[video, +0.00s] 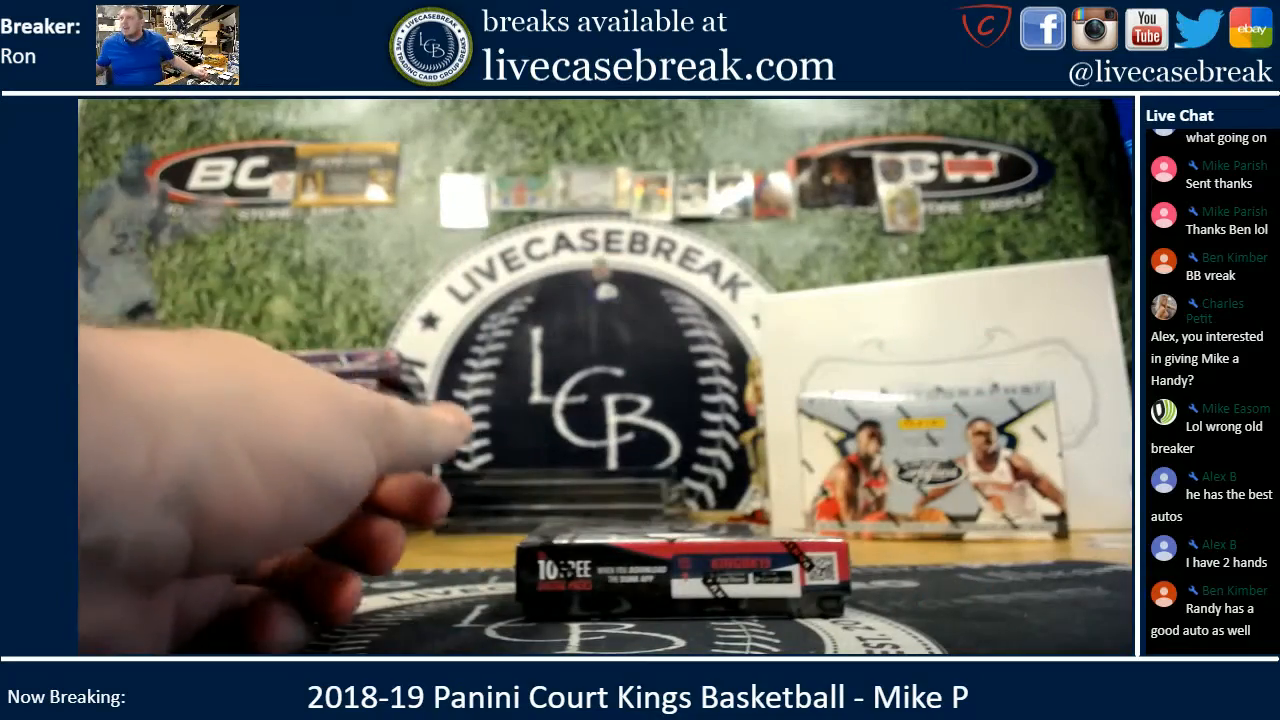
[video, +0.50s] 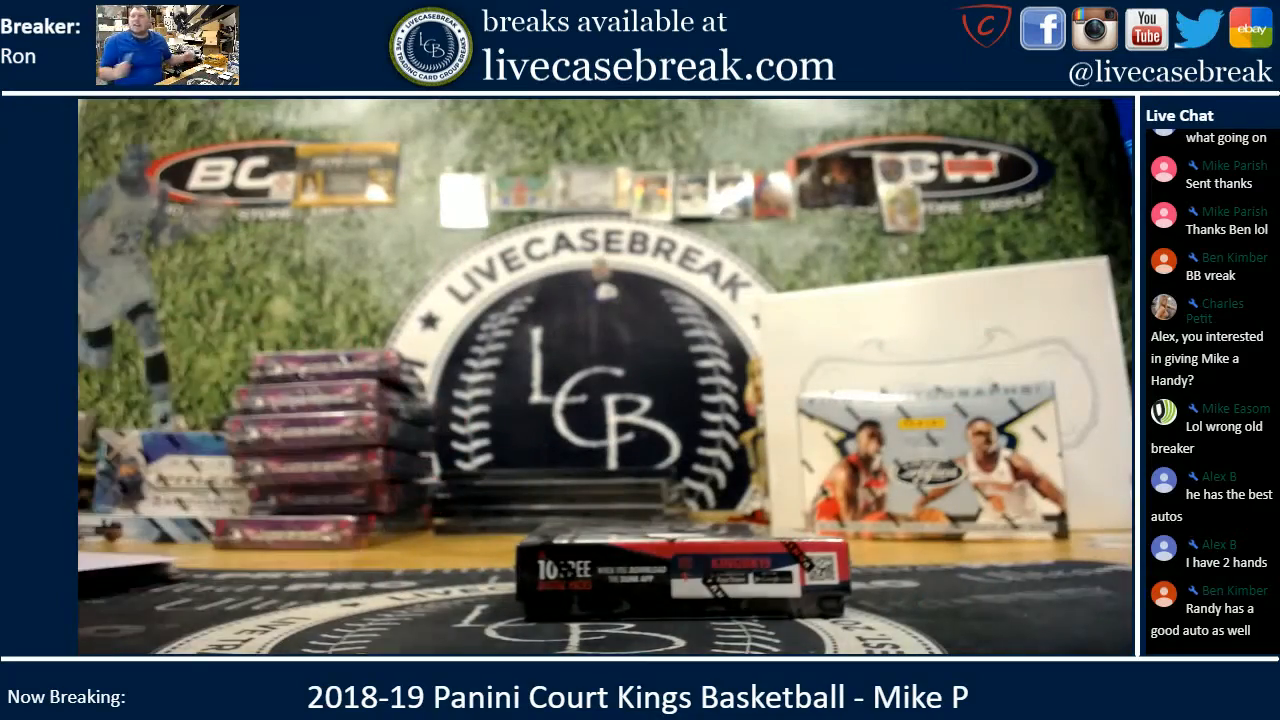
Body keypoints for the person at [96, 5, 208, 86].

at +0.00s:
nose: (124, 22)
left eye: (129, 18)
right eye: (121, 18)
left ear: (141, 21)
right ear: (118, 21)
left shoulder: (157, 40)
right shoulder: (110, 43)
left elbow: (173, 60)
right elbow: (99, 68)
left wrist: (194, 71)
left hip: (154, 101)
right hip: (122, 101)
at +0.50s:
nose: (136, 19)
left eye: (141, 16)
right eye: (133, 16)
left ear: (150, 22)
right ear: (128, 20)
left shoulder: (158, 40)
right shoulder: (114, 41)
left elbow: (169, 59)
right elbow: (102, 72)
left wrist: (184, 57)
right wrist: (116, 72)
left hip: (155, 98)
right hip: (124, 99)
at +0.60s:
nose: (139, 19)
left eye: (144, 16)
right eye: (136, 16)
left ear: (152, 21)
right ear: (130, 21)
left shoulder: (158, 39)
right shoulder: (118, 40)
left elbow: (170, 59)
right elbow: (107, 74)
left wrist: (181, 55)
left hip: (157, 96)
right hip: (126, 98)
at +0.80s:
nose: (142, 19)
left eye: (146, 16)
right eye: (138, 16)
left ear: (153, 21)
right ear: (133, 21)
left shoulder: (160, 39)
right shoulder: (121, 40)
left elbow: (174, 61)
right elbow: (120, 73)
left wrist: (180, 56)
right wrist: (156, 59)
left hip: (158, 93)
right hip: (130, 95)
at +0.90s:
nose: (143, 19)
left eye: (147, 16)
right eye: (139, 16)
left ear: (153, 21)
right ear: (133, 21)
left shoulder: (160, 38)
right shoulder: (123, 39)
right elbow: (128, 71)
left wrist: (179, 55)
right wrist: (164, 59)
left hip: (159, 92)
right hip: (132, 95)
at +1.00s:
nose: (144, 19)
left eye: (148, 16)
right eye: (140, 16)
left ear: (154, 21)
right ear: (134, 21)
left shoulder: (160, 38)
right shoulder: (124, 39)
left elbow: (172, 58)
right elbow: (131, 72)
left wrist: (181, 55)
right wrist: (167, 60)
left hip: (159, 92)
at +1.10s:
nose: (146, 19)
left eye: (149, 17)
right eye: (141, 16)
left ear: (154, 21)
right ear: (135, 21)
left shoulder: (160, 38)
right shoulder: (125, 40)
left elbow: (173, 57)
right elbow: (133, 73)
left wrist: (183, 55)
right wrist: (169, 61)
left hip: (161, 92)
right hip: (133, 95)